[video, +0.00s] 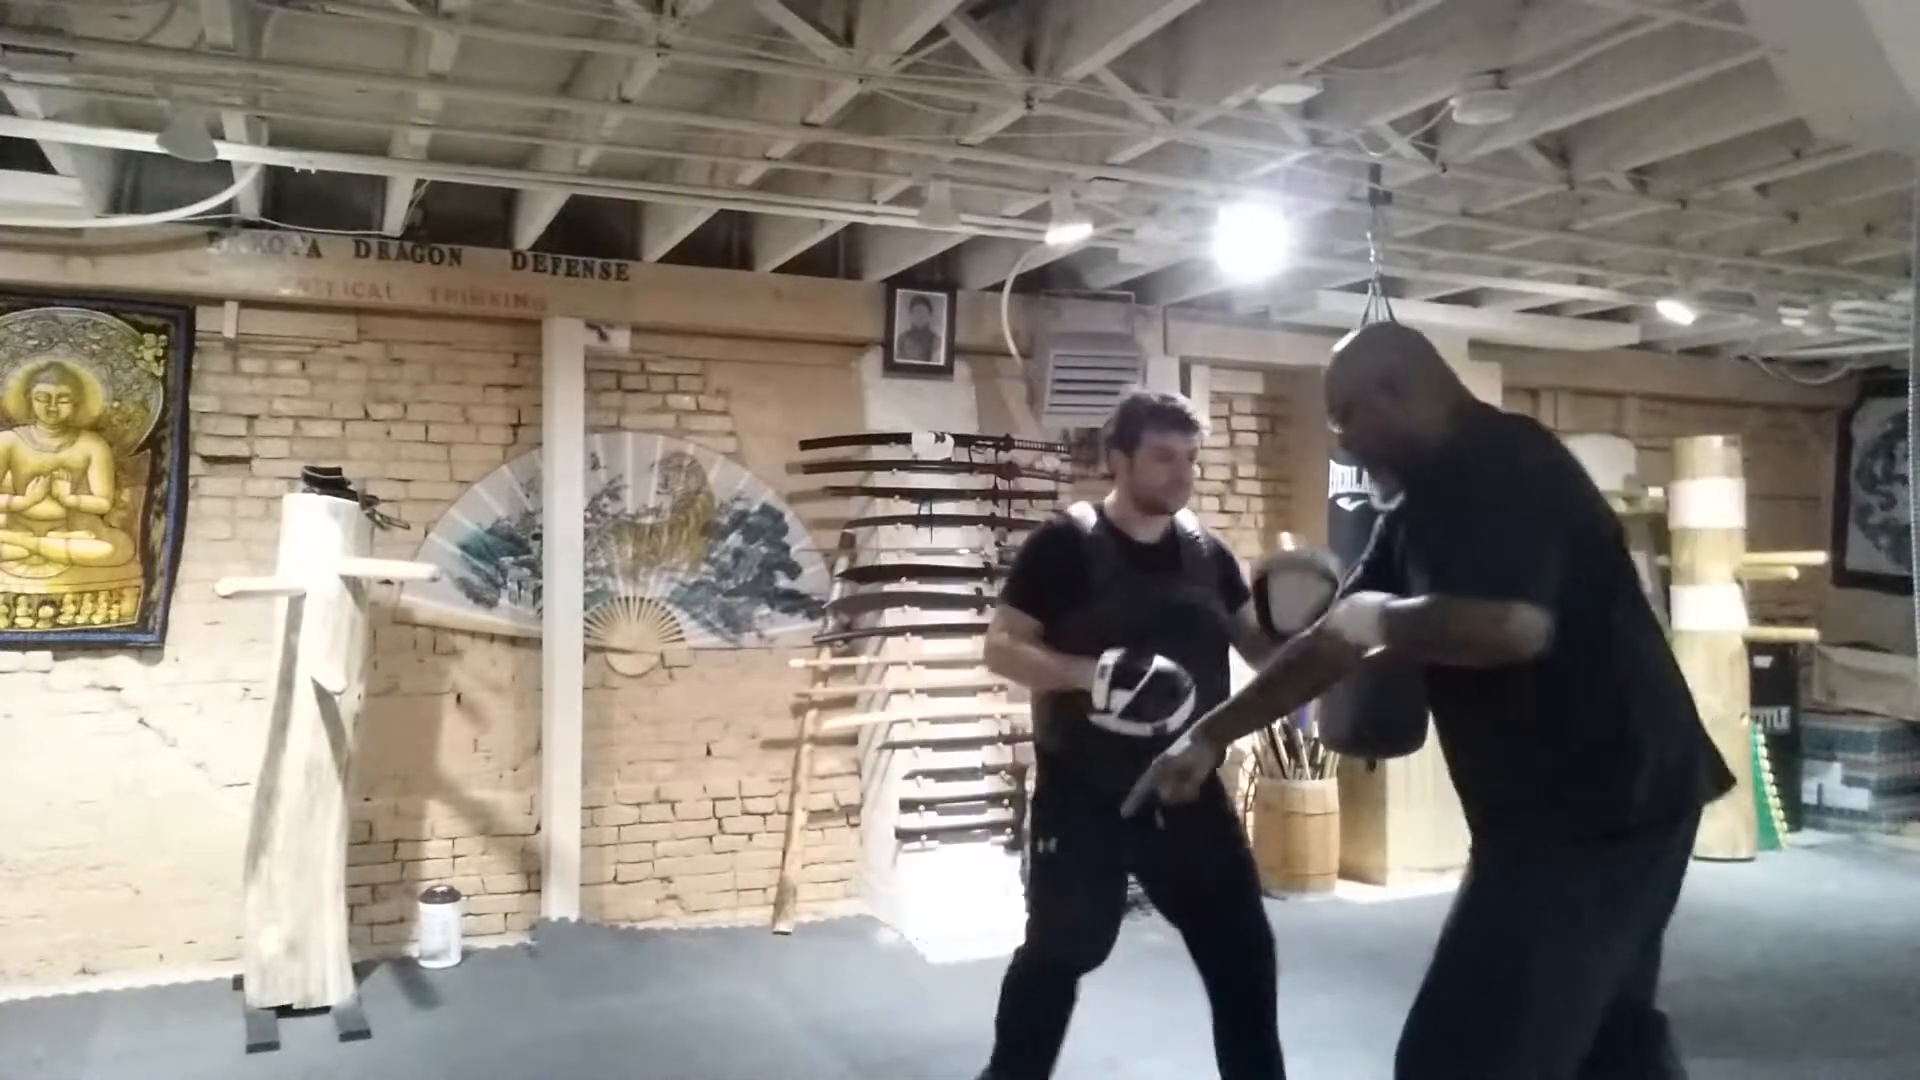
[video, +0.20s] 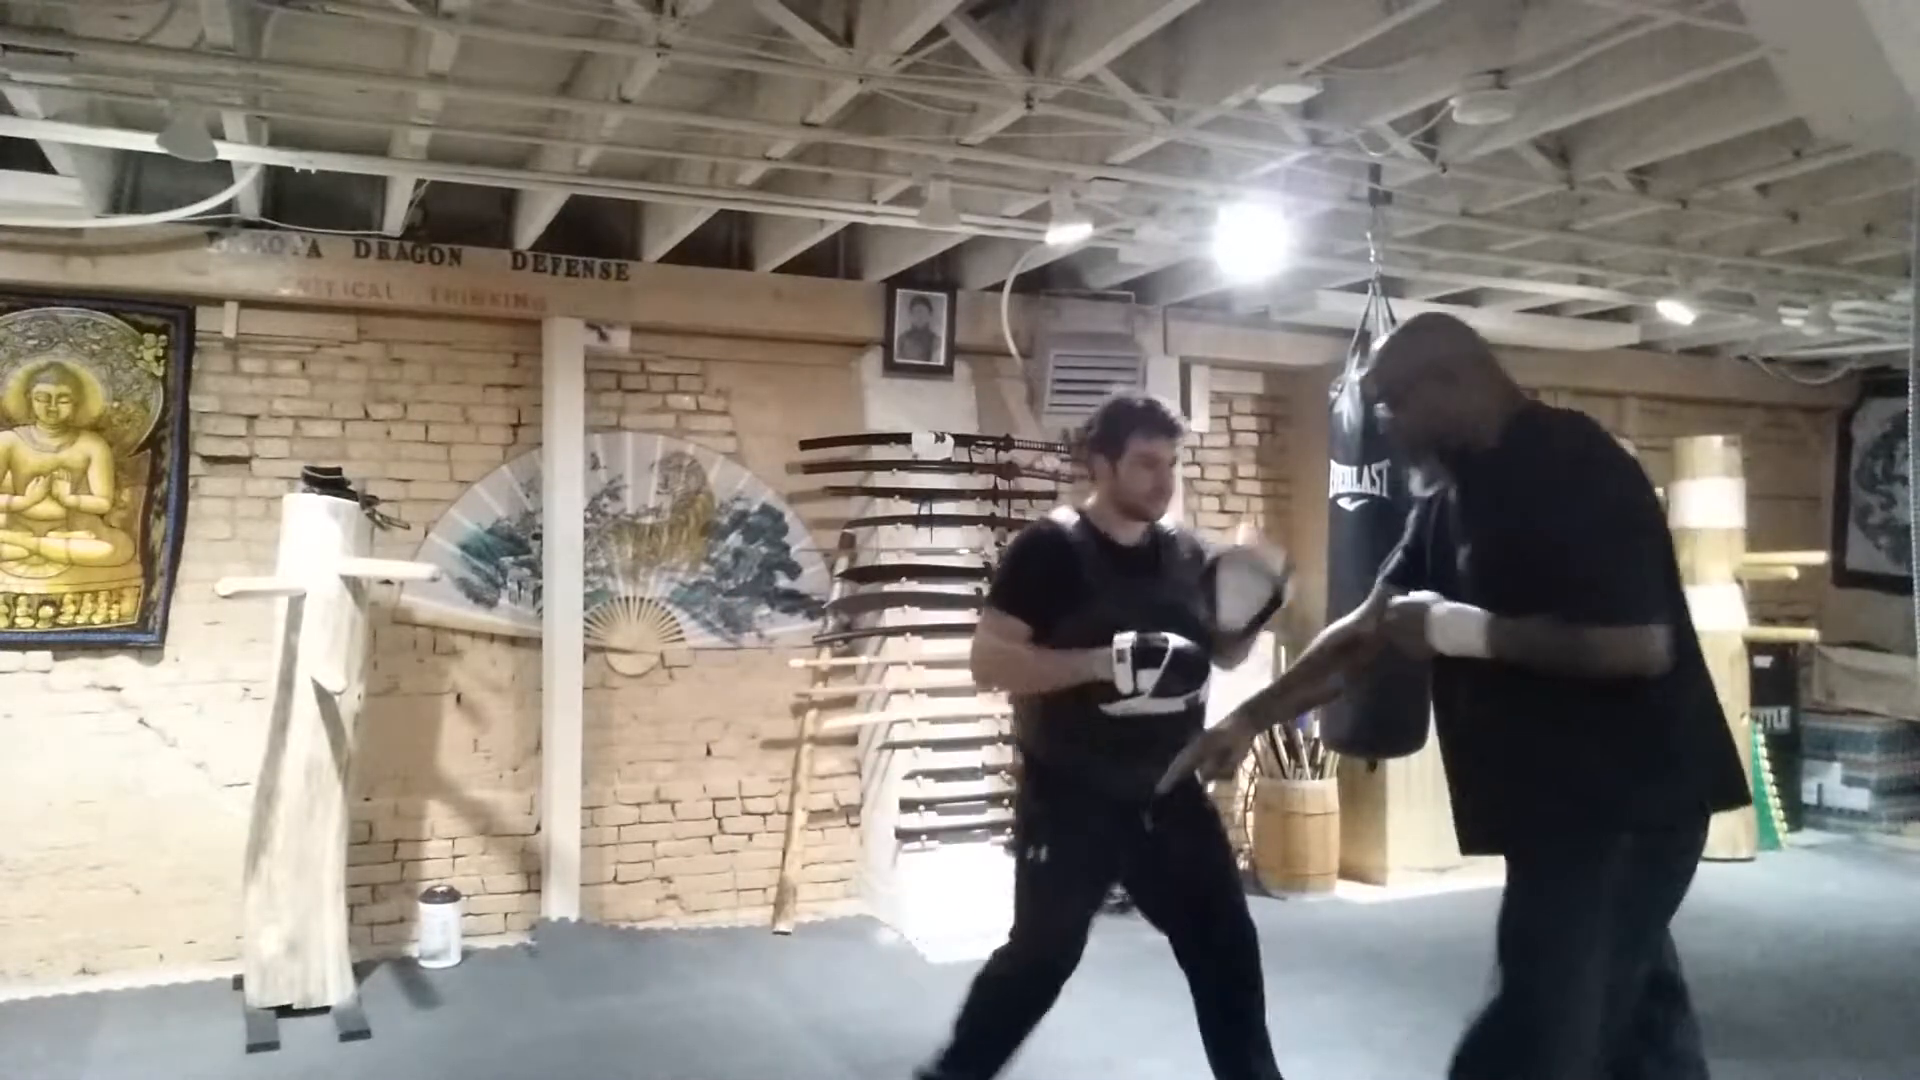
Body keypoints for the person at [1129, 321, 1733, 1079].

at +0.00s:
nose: (1341, 442)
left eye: (1344, 416)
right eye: (1336, 423)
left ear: (1396, 392)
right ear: (1397, 393)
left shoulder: (1500, 459)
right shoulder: (1426, 503)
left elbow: (1517, 624)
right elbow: (1343, 638)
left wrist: (1379, 620)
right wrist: (1208, 734)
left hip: (1592, 813)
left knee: (1451, 1060)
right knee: (1615, 1048)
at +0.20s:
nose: (1386, 432)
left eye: (1391, 405)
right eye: (1379, 416)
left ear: (1452, 379)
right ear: (1455, 383)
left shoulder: (1578, 460)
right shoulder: (1454, 499)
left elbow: (1644, 644)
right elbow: (1371, 626)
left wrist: (1461, 629)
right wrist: (1247, 720)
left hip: (1625, 816)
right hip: (1553, 818)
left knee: (1528, 1047)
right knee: (1646, 1041)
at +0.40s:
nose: (1409, 417)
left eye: (1417, 395)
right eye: (1405, 399)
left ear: (1480, 383)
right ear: (1469, 389)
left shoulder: (1612, 470)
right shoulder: (1467, 495)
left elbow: (1683, 641)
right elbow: (1396, 612)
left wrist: (1501, 630)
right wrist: (1299, 669)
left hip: (1622, 809)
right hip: (1554, 806)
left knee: (1488, 1050)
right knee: (1639, 1035)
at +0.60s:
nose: (1382, 422)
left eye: (1391, 395)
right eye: (1377, 401)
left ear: (1456, 377)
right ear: (1451, 383)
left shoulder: (1582, 475)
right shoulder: (1434, 501)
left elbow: (1664, 639)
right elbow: (1425, 630)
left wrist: (1483, 641)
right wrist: (1383, 719)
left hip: (1598, 808)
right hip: (1518, 807)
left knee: (1457, 1043)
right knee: (1612, 1030)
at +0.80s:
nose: (1326, 435)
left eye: (1333, 414)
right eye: (1320, 418)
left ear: (1391, 389)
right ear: (1391, 392)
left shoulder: (1508, 480)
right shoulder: (1406, 495)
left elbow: (1580, 663)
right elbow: (1428, 645)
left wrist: (1415, 659)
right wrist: (1404, 746)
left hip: (1571, 781)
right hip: (1493, 780)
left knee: (1432, 1034)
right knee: (1509, 1018)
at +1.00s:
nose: (1321, 439)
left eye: (1330, 418)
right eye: (1317, 421)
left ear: (1391, 400)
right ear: (1390, 403)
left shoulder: (1485, 485)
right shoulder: (1407, 503)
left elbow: (1513, 666)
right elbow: (1409, 657)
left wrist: (1356, 646)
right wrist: (1324, 739)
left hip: (1552, 789)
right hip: (1489, 787)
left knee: (1422, 1004)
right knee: (1488, 1007)